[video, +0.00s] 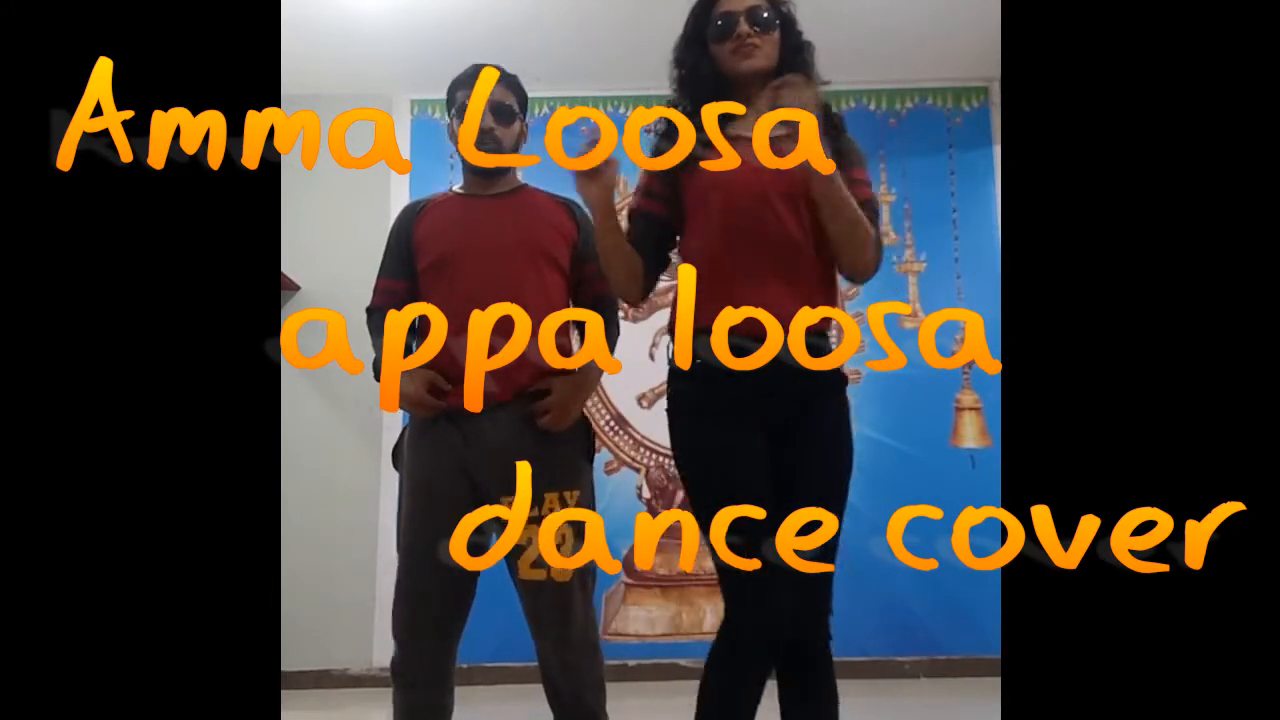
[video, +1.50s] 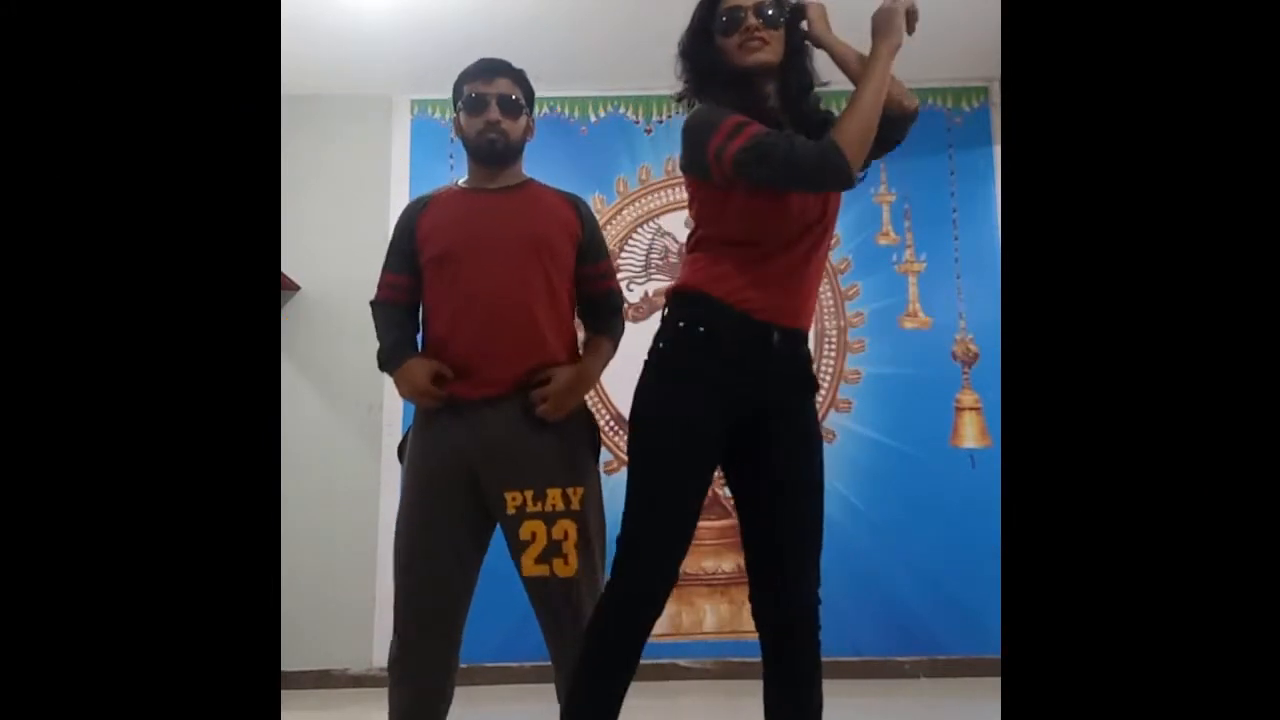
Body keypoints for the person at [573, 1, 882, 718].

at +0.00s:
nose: (744, 32)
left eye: (761, 18)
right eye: (724, 24)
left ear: (786, 34)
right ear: (702, 49)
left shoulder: (822, 131)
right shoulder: (682, 139)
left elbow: (862, 262)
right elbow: (632, 287)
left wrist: (813, 152)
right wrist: (600, 200)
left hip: (810, 388)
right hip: (711, 390)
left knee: (806, 612)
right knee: (756, 610)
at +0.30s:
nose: (735, 40)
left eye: (752, 27)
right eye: (714, 31)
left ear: (776, 47)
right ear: (690, 56)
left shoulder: (816, 141)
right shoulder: (677, 146)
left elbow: (947, 171)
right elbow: (620, 273)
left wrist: (821, 115)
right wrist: (563, 170)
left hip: (794, 394)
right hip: (691, 396)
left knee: (803, 618)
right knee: (712, 621)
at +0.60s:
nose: (737, 30)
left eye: (754, 18)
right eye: (718, 21)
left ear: (779, 39)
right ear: (696, 48)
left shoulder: (813, 135)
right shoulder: (669, 129)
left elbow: (932, 74)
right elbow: (678, 182)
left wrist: (867, 9)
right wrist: (680, 44)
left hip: (800, 390)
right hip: (692, 389)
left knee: (802, 598)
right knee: (662, 593)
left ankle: (802, 718)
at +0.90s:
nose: (744, 34)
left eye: (758, 20)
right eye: (722, 25)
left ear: (781, 41)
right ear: (701, 48)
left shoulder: (806, 136)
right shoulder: (686, 117)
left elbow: (891, 85)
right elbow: (777, 136)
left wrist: (816, 26)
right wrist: (816, 27)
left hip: (796, 377)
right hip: (698, 374)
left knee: (798, 604)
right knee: (649, 597)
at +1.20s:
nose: (747, 34)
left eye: (763, 22)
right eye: (725, 27)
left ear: (785, 46)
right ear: (706, 53)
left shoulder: (803, 131)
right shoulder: (701, 118)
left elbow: (888, 109)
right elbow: (824, 162)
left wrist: (818, 43)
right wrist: (873, 49)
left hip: (794, 378)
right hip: (701, 375)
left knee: (800, 605)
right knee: (654, 601)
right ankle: (585, 716)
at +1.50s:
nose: (752, 26)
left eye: (767, 14)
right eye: (730, 19)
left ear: (789, 34)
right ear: (709, 47)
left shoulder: (811, 125)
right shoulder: (710, 125)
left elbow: (897, 114)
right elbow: (834, 163)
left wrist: (827, 39)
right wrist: (884, 52)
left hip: (780, 370)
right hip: (693, 358)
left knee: (790, 598)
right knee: (641, 582)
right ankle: (583, 715)